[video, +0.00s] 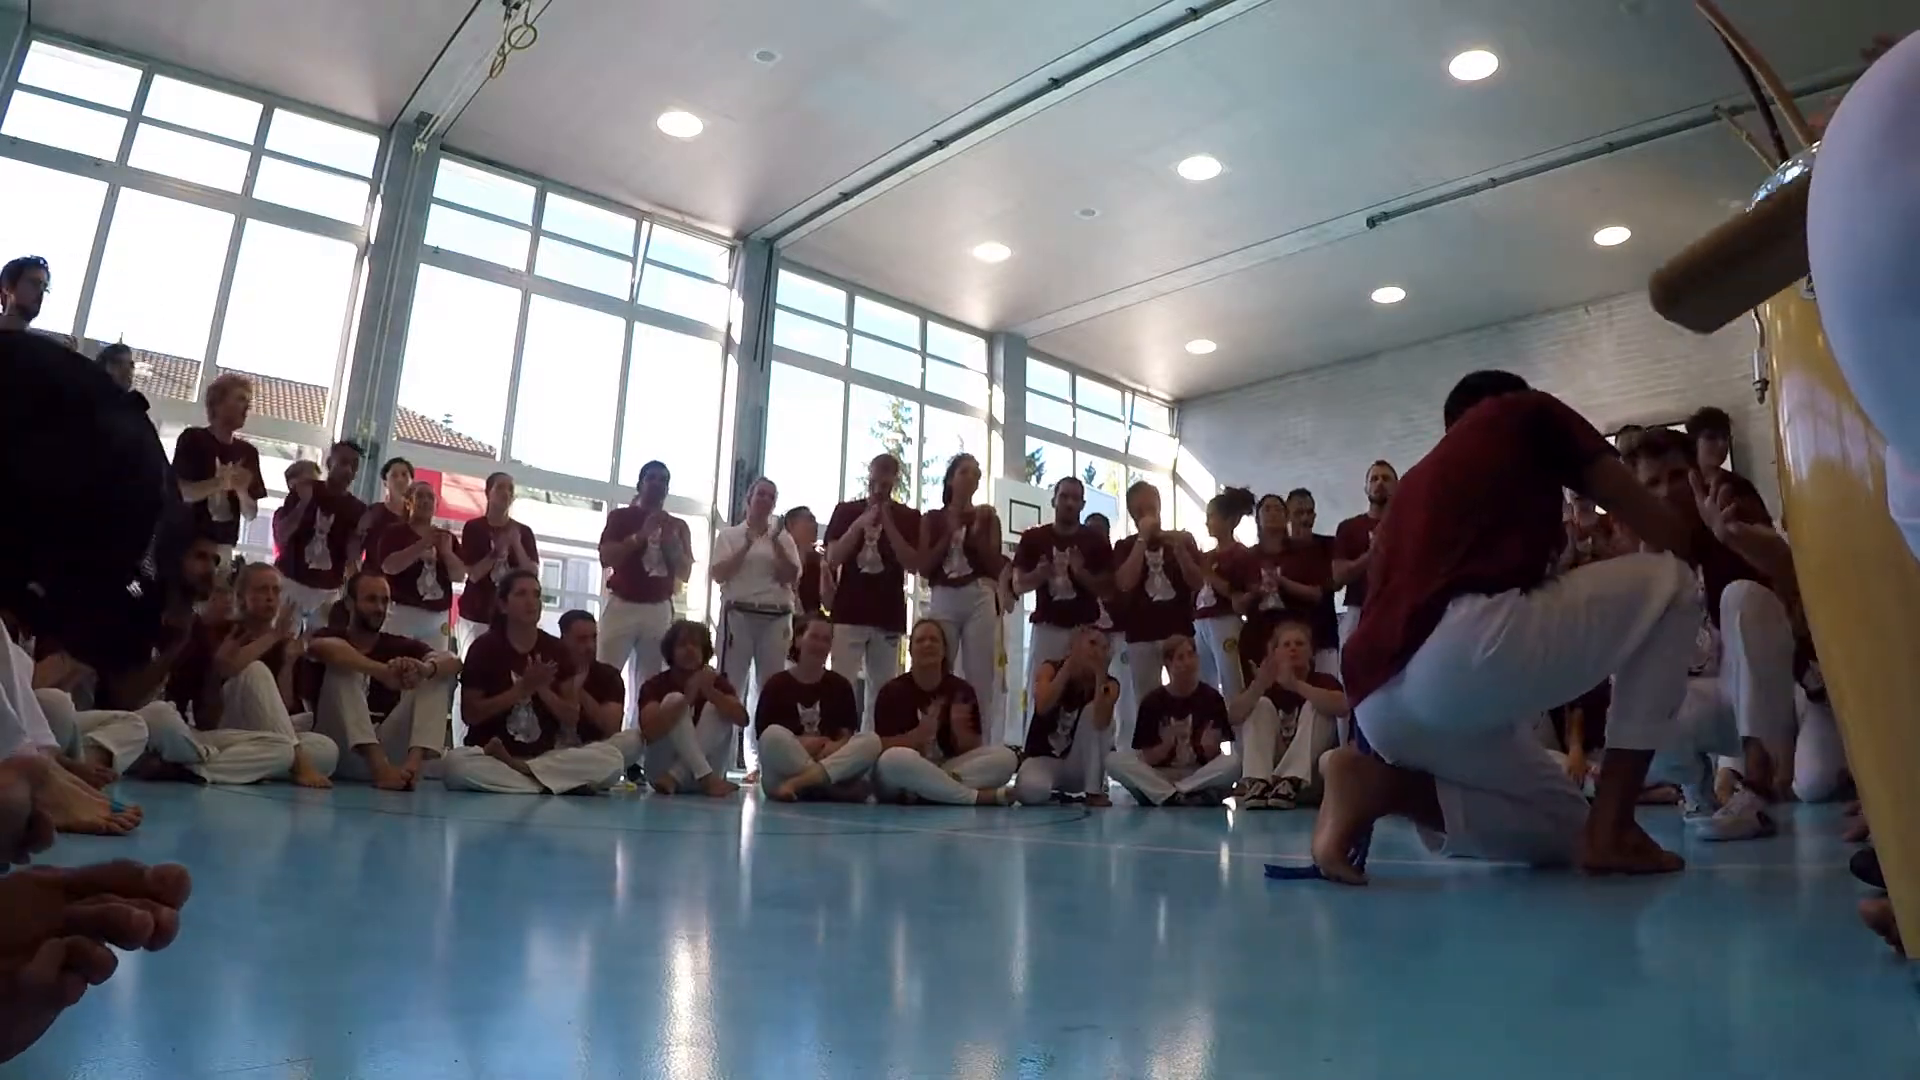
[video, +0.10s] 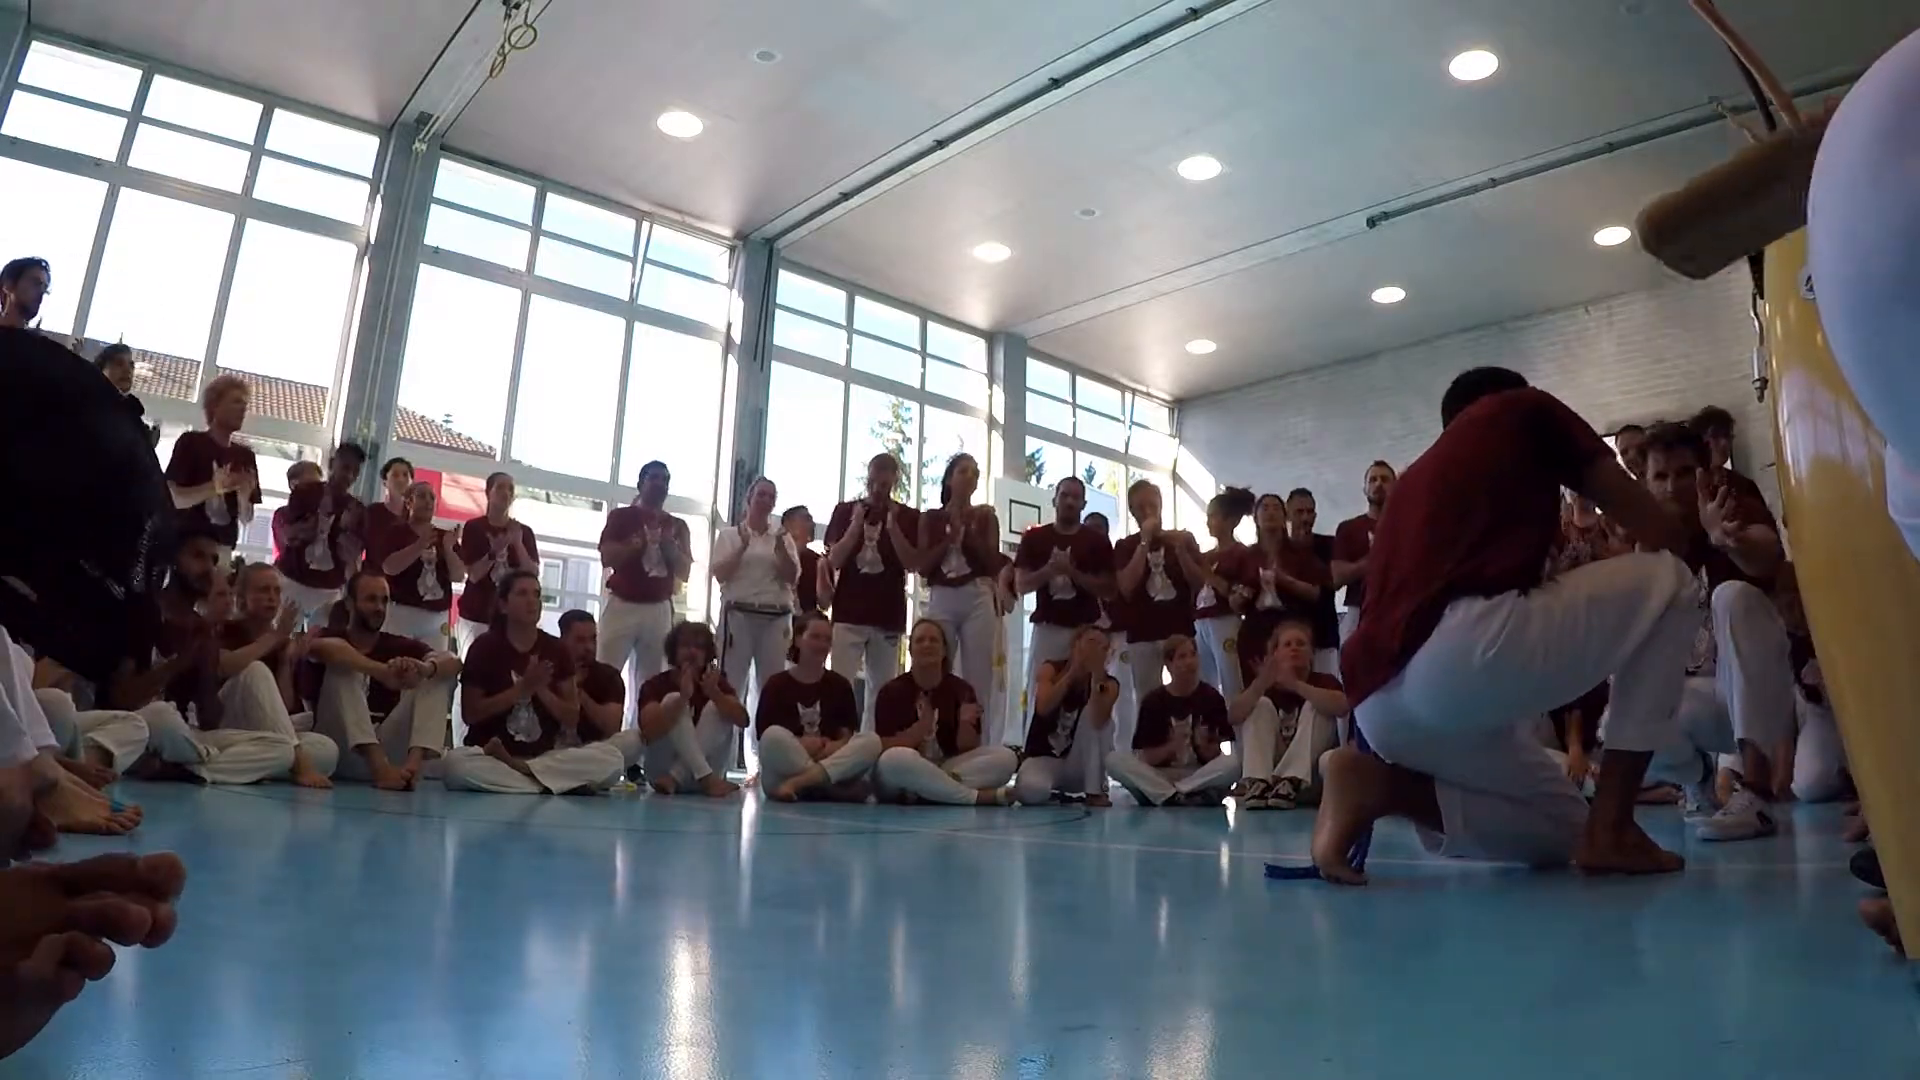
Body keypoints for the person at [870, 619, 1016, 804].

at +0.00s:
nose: (927, 645)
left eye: (934, 640)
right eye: (920, 640)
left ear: (944, 648)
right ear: (910, 649)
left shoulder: (962, 690)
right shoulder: (892, 691)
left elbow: (972, 749)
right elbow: (883, 745)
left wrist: (959, 728)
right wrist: (918, 735)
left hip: (951, 767)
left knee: (1006, 758)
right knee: (893, 760)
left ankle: (928, 792)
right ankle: (975, 798)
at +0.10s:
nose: (927, 645)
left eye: (934, 640)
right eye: (920, 640)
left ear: (944, 649)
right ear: (910, 649)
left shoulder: (961, 689)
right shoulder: (892, 691)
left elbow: (967, 750)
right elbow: (884, 747)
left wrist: (966, 724)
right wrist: (922, 727)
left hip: (950, 766)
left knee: (1006, 758)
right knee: (894, 759)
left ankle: (927, 792)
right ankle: (975, 798)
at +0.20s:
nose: (927, 645)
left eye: (933, 640)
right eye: (920, 640)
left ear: (944, 650)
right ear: (910, 649)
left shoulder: (962, 690)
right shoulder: (892, 691)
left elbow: (969, 747)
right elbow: (886, 744)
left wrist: (951, 726)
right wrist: (925, 738)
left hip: (950, 767)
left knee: (1006, 758)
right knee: (894, 759)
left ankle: (927, 792)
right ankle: (975, 798)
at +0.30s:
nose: (926, 646)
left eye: (933, 641)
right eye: (919, 641)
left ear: (944, 650)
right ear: (909, 649)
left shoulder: (961, 689)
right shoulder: (892, 691)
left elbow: (970, 746)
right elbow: (887, 745)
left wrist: (952, 726)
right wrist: (925, 735)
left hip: (950, 767)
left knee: (1006, 758)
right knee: (894, 759)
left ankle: (928, 792)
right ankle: (975, 798)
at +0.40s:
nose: (926, 646)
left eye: (933, 641)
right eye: (919, 641)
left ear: (944, 650)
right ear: (909, 650)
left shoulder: (961, 689)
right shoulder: (891, 692)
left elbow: (968, 748)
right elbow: (888, 747)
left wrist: (957, 721)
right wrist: (927, 732)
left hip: (950, 767)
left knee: (1006, 759)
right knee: (894, 759)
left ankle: (928, 792)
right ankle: (975, 798)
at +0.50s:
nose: (926, 646)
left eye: (933, 641)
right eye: (919, 641)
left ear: (944, 650)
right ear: (909, 650)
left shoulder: (961, 689)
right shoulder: (891, 692)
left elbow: (966, 749)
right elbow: (884, 746)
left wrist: (967, 726)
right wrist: (919, 729)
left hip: (950, 766)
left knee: (1006, 759)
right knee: (894, 760)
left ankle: (928, 792)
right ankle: (975, 798)